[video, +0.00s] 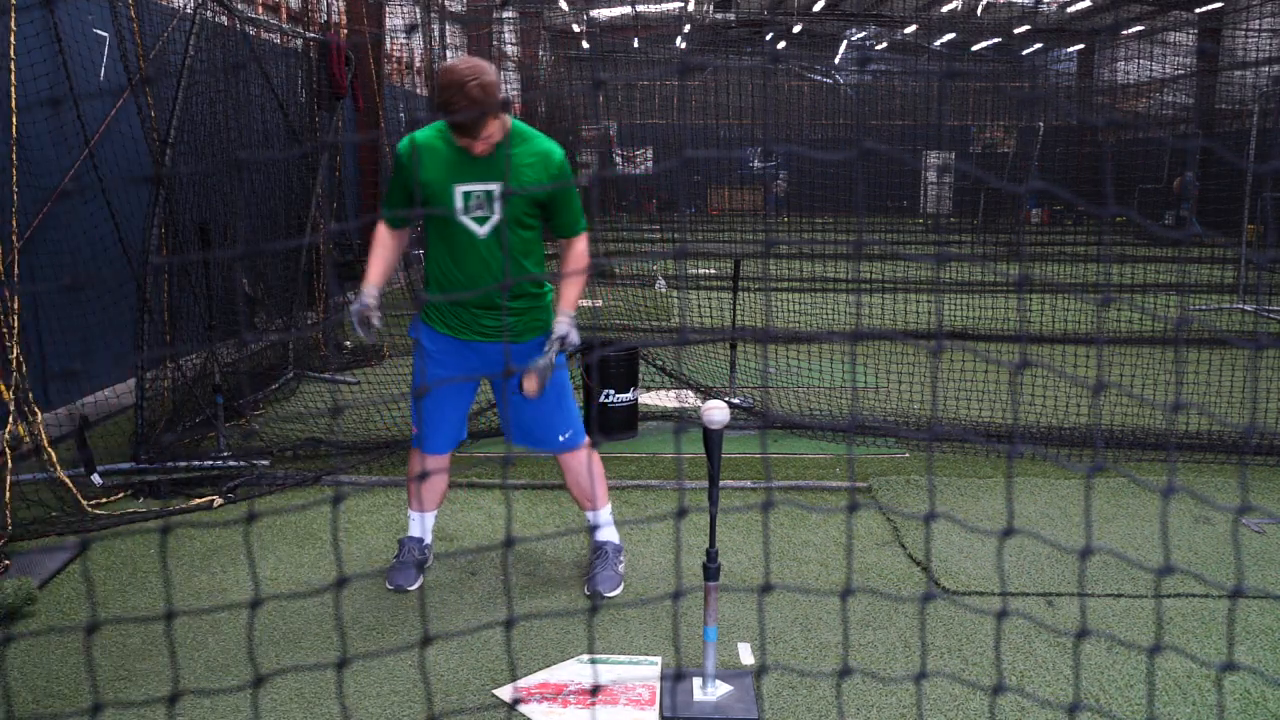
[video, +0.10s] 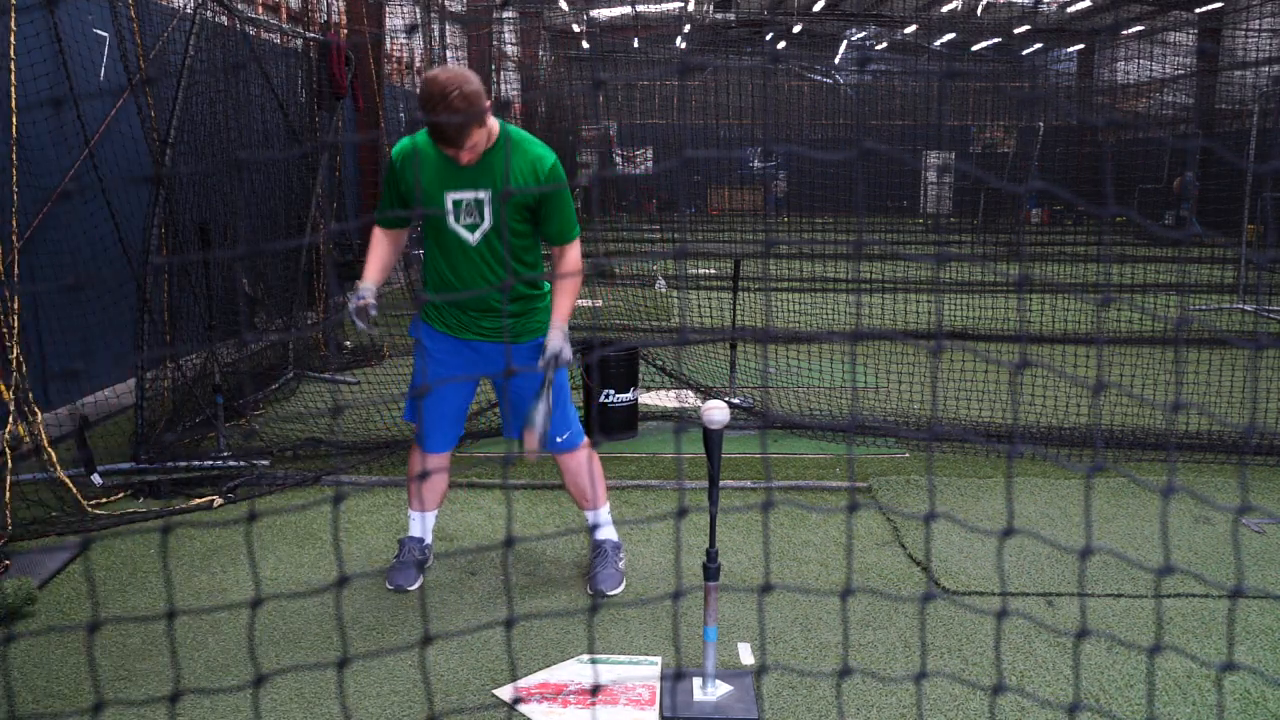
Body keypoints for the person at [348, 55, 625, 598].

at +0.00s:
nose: (478, 144)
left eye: (486, 132)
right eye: (466, 136)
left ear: (506, 111)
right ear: (447, 120)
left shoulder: (545, 159)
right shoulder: (417, 154)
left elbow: (575, 242)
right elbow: (392, 226)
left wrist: (564, 320)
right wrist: (369, 289)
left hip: (530, 331)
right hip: (446, 332)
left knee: (568, 441)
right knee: (430, 446)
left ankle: (606, 539)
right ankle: (416, 542)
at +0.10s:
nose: (461, 155)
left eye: (468, 143)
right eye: (449, 147)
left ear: (489, 114)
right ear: (431, 128)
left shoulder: (535, 163)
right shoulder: (409, 159)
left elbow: (568, 252)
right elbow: (388, 229)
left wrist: (558, 325)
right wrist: (368, 285)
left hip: (527, 330)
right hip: (446, 331)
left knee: (564, 437)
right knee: (430, 440)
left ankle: (605, 538)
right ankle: (417, 542)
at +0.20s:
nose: (461, 166)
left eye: (469, 154)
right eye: (449, 157)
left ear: (489, 122)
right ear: (430, 136)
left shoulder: (537, 172)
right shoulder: (411, 163)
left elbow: (568, 267)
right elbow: (395, 235)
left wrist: (557, 344)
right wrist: (374, 291)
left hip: (528, 332)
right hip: (447, 330)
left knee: (563, 438)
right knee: (430, 439)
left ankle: (605, 539)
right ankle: (417, 543)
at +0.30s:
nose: (467, 185)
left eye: (473, 175)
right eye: (455, 176)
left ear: (495, 144)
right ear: (438, 154)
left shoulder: (544, 190)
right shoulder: (425, 169)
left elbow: (568, 284)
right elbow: (416, 233)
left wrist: (559, 371)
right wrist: (403, 302)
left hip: (532, 332)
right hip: (453, 329)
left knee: (565, 439)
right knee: (435, 438)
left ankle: (605, 541)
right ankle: (418, 541)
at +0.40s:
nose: (475, 196)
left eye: (484, 185)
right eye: (464, 186)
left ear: (504, 153)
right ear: (447, 161)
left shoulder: (548, 201)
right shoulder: (431, 172)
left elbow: (566, 300)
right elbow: (425, 228)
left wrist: (559, 393)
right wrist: (416, 290)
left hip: (535, 333)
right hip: (456, 327)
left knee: (566, 435)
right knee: (437, 435)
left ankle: (606, 542)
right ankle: (418, 540)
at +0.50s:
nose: (489, 217)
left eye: (498, 206)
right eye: (479, 208)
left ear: (517, 179)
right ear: (460, 182)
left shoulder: (553, 221)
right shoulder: (441, 179)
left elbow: (563, 327)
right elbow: (433, 227)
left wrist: (559, 421)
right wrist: (426, 280)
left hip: (537, 339)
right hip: (461, 329)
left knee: (569, 439)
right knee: (439, 435)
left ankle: (606, 542)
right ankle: (418, 540)